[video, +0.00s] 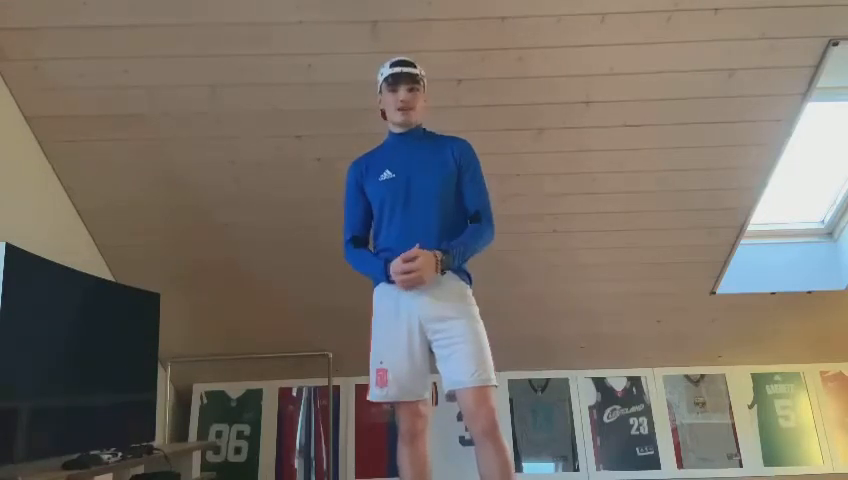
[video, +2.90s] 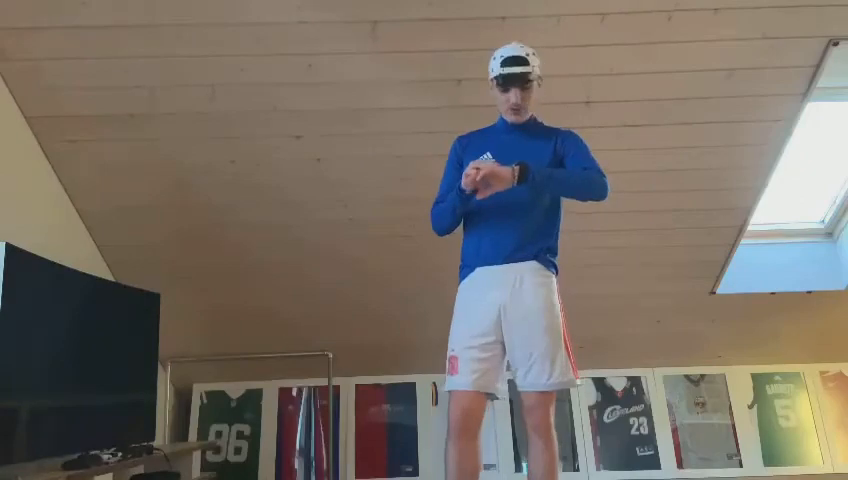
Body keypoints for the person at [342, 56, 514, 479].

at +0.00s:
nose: (404, 97)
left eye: (412, 89)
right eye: (394, 90)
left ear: (425, 98)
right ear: (381, 103)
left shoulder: (457, 150)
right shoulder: (363, 168)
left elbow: (484, 226)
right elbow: (353, 246)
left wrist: (442, 259)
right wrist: (388, 269)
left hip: (450, 294)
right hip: (393, 300)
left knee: (483, 417)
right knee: (411, 421)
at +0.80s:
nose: (452, 107)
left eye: (460, 98)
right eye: (443, 96)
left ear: (469, 96)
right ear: (421, 91)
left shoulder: (487, 146)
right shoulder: (391, 158)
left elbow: (534, 206)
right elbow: (374, 239)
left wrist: (487, 222)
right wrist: (410, 230)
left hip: (486, 289)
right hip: (429, 293)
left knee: (513, 409)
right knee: (430, 420)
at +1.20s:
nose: (498, 106)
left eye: (509, 97)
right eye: (490, 94)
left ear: (519, 94)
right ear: (472, 84)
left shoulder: (534, 141)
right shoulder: (439, 146)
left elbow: (576, 195)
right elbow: (409, 223)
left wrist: (511, 182)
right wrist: (455, 192)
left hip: (522, 288)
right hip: (463, 293)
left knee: (532, 413)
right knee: (447, 419)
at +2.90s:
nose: (515, 97)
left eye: (524, 87)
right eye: (506, 88)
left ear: (536, 86)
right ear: (494, 88)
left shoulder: (560, 141)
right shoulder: (467, 146)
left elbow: (597, 186)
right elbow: (440, 223)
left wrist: (519, 173)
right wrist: (465, 190)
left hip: (533, 285)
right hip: (476, 287)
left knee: (538, 416)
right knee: (462, 415)